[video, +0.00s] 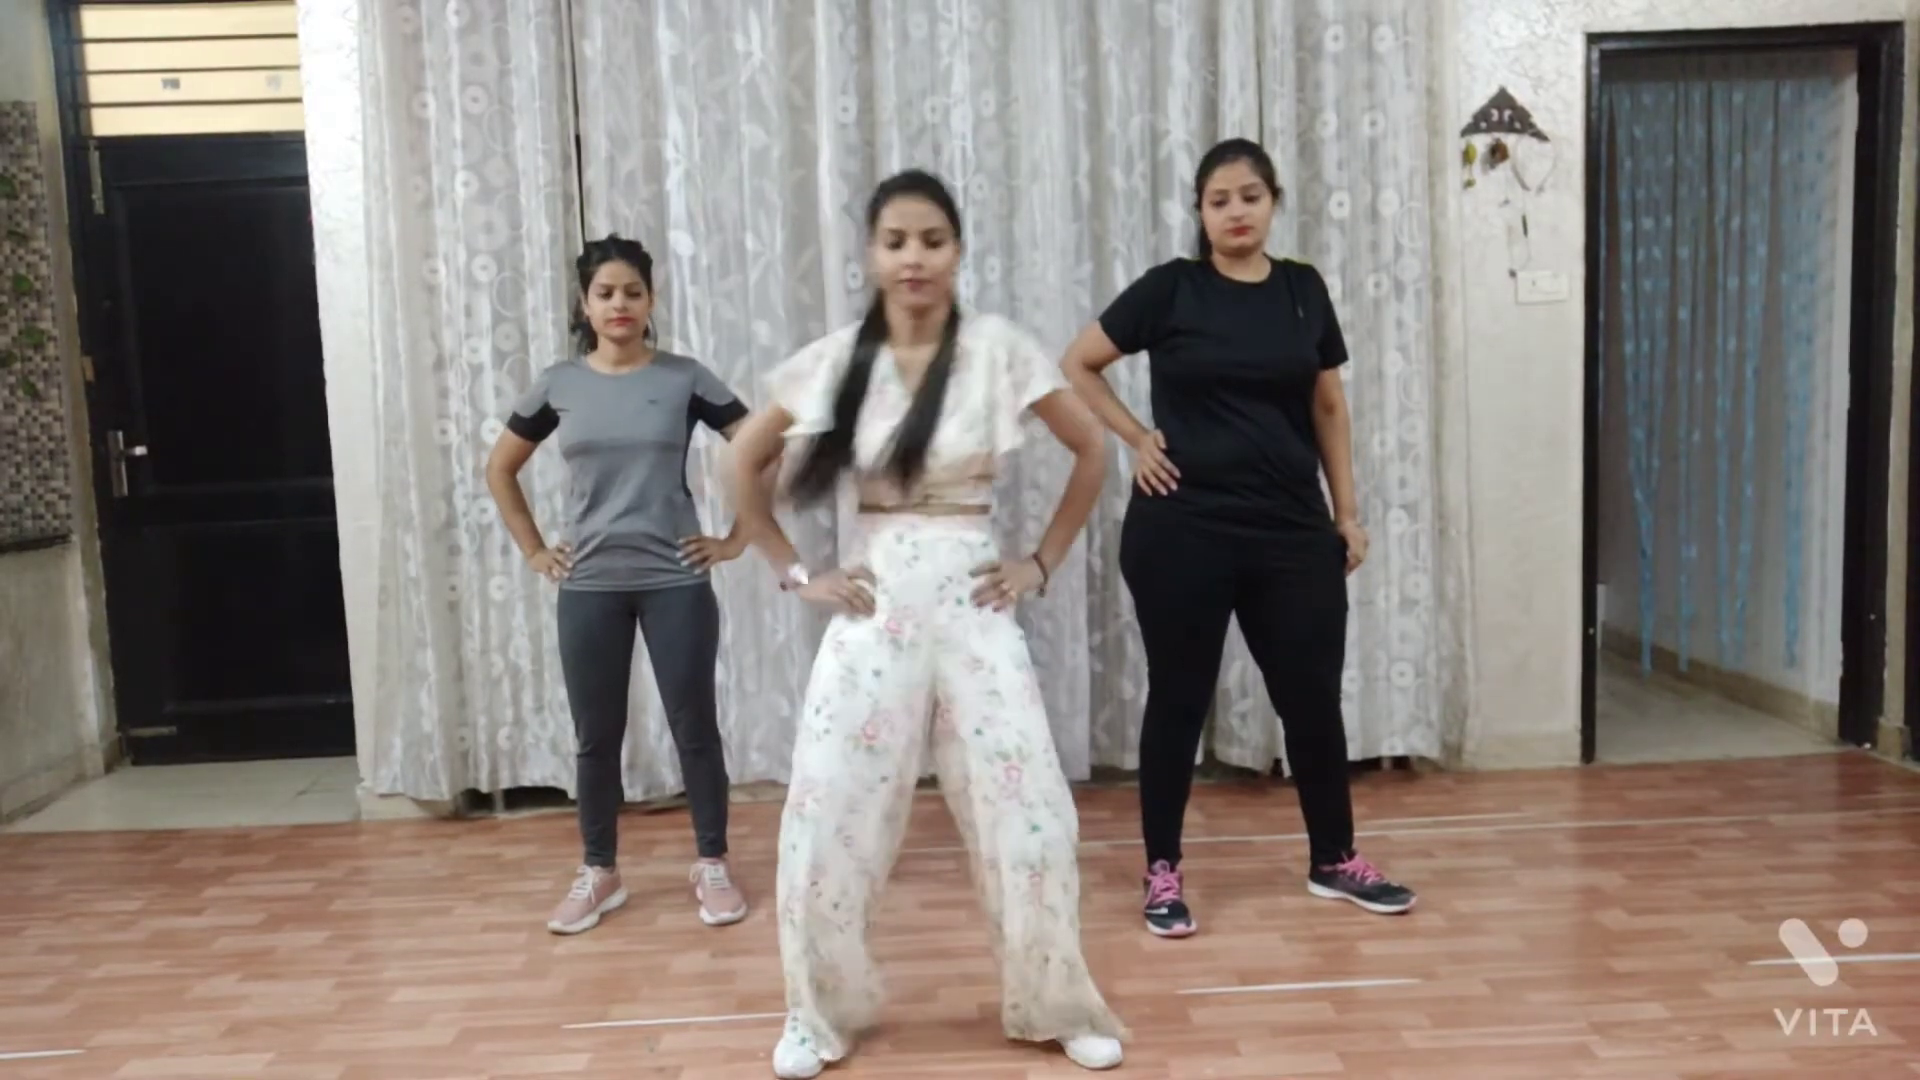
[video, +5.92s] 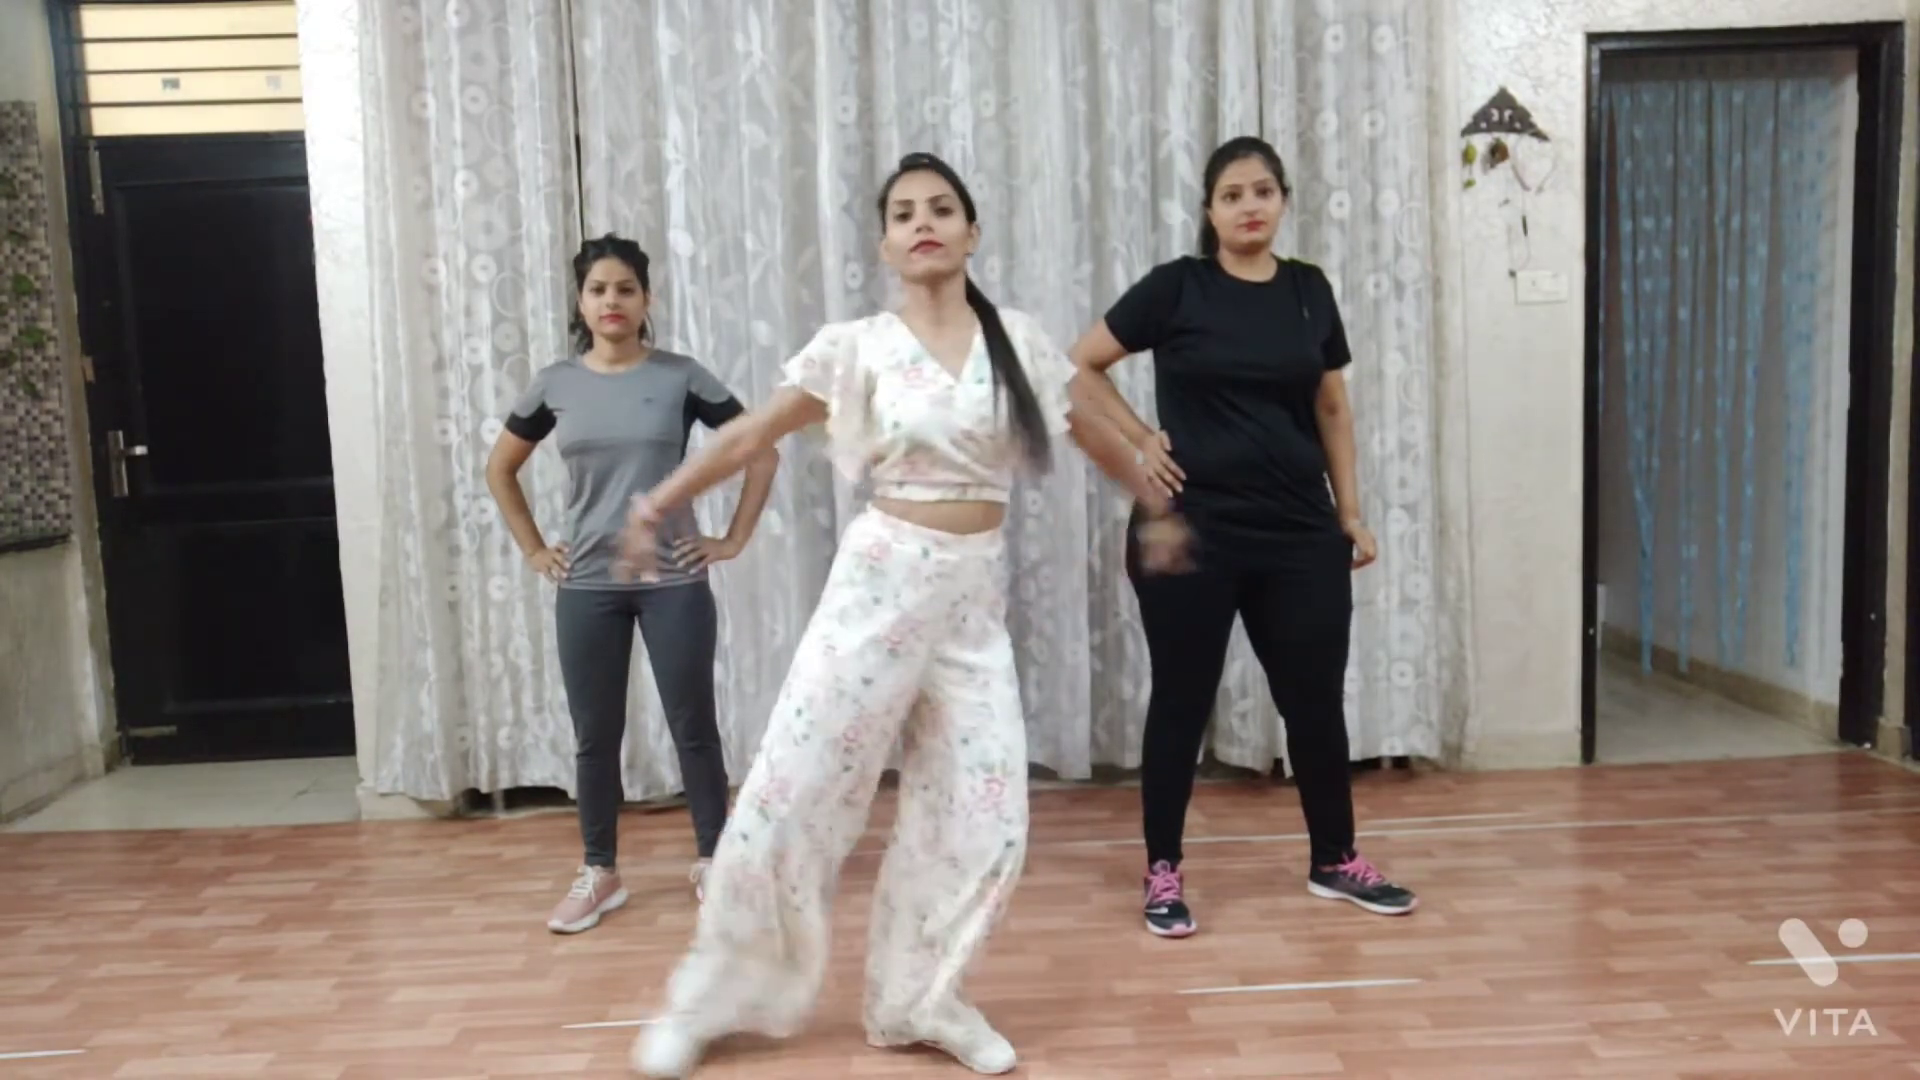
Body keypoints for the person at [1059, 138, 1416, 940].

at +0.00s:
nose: (1235, 212)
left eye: (1250, 197)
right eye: (1220, 200)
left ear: (1273, 205)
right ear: (1200, 210)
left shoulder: (1302, 289)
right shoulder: (1168, 290)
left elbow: (1330, 406)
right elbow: (1076, 366)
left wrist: (1345, 512)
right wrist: (1136, 437)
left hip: (1290, 529)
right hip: (1183, 527)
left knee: (1314, 701)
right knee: (1178, 701)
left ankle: (1334, 861)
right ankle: (1162, 870)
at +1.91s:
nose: (1249, 211)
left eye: (1262, 196)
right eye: (1232, 199)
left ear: (1282, 204)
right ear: (1208, 209)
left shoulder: (1306, 289)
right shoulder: (1174, 288)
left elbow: (1332, 408)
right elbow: (1080, 363)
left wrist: (1347, 511)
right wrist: (1140, 436)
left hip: (1295, 529)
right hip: (1187, 527)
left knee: (1316, 699)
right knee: (1181, 699)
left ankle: (1335, 860)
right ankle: (1163, 870)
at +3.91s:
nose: (1249, 208)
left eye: (1262, 194)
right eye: (1233, 196)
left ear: (1282, 204)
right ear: (1208, 208)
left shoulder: (1307, 290)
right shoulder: (1175, 288)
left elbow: (1334, 409)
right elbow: (1082, 364)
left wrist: (1349, 512)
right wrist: (1143, 438)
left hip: (1297, 528)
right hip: (1189, 526)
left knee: (1318, 699)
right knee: (1182, 701)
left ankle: (1336, 860)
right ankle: (1163, 870)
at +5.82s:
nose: (1249, 207)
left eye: (1262, 193)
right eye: (1233, 195)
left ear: (1283, 203)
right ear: (1209, 207)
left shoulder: (1308, 290)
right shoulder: (1175, 288)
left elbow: (1334, 410)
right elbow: (1081, 363)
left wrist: (1349, 513)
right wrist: (1142, 438)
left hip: (1296, 529)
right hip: (1189, 526)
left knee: (1317, 699)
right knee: (1181, 699)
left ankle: (1336, 861)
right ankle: (1163, 871)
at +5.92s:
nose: (1251, 207)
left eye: (1264, 192)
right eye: (1234, 194)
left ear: (1283, 203)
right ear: (1209, 208)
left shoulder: (1308, 290)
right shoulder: (1174, 290)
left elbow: (1334, 409)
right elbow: (1080, 367)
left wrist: (1349, 513)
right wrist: (1140, 438)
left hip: (1298, 531)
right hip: (1192, 528)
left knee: (1317, 702)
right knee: (1180, 704)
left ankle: (1336, 861)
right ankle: (1163, 870)